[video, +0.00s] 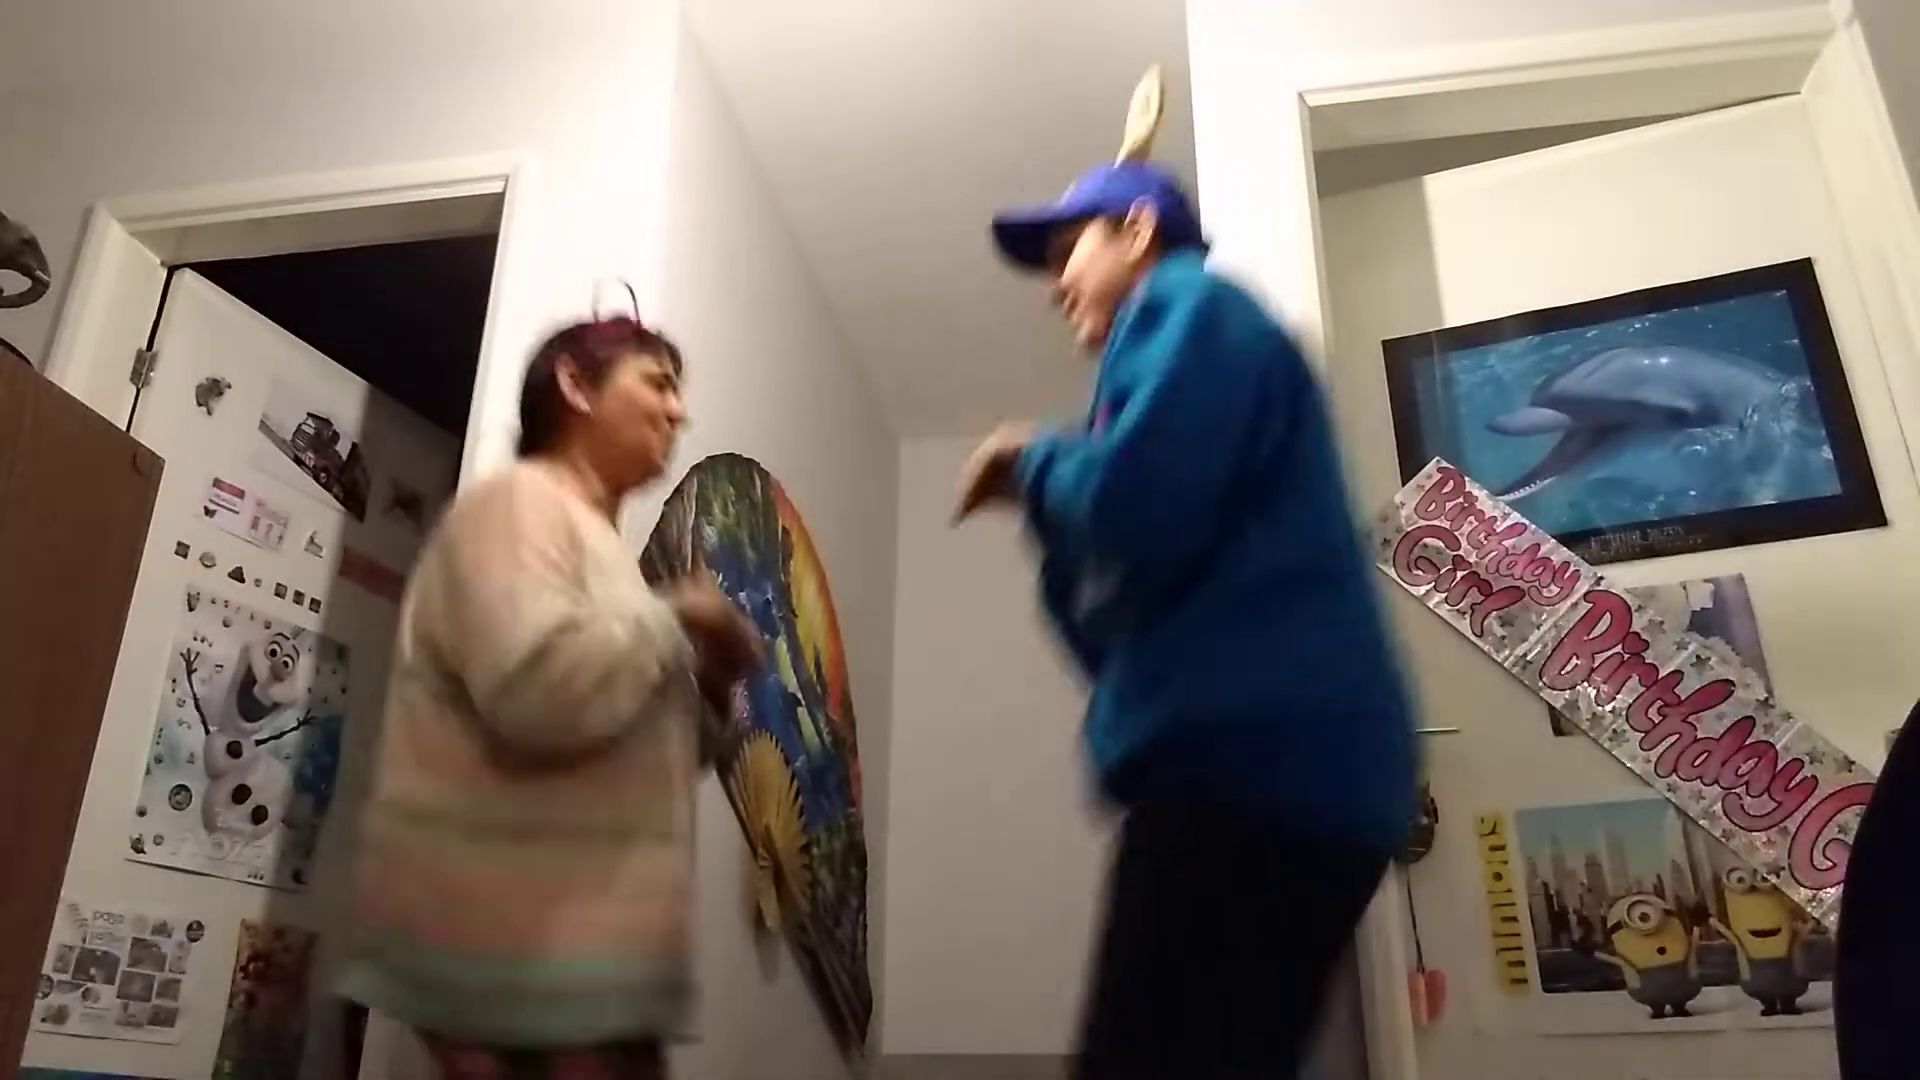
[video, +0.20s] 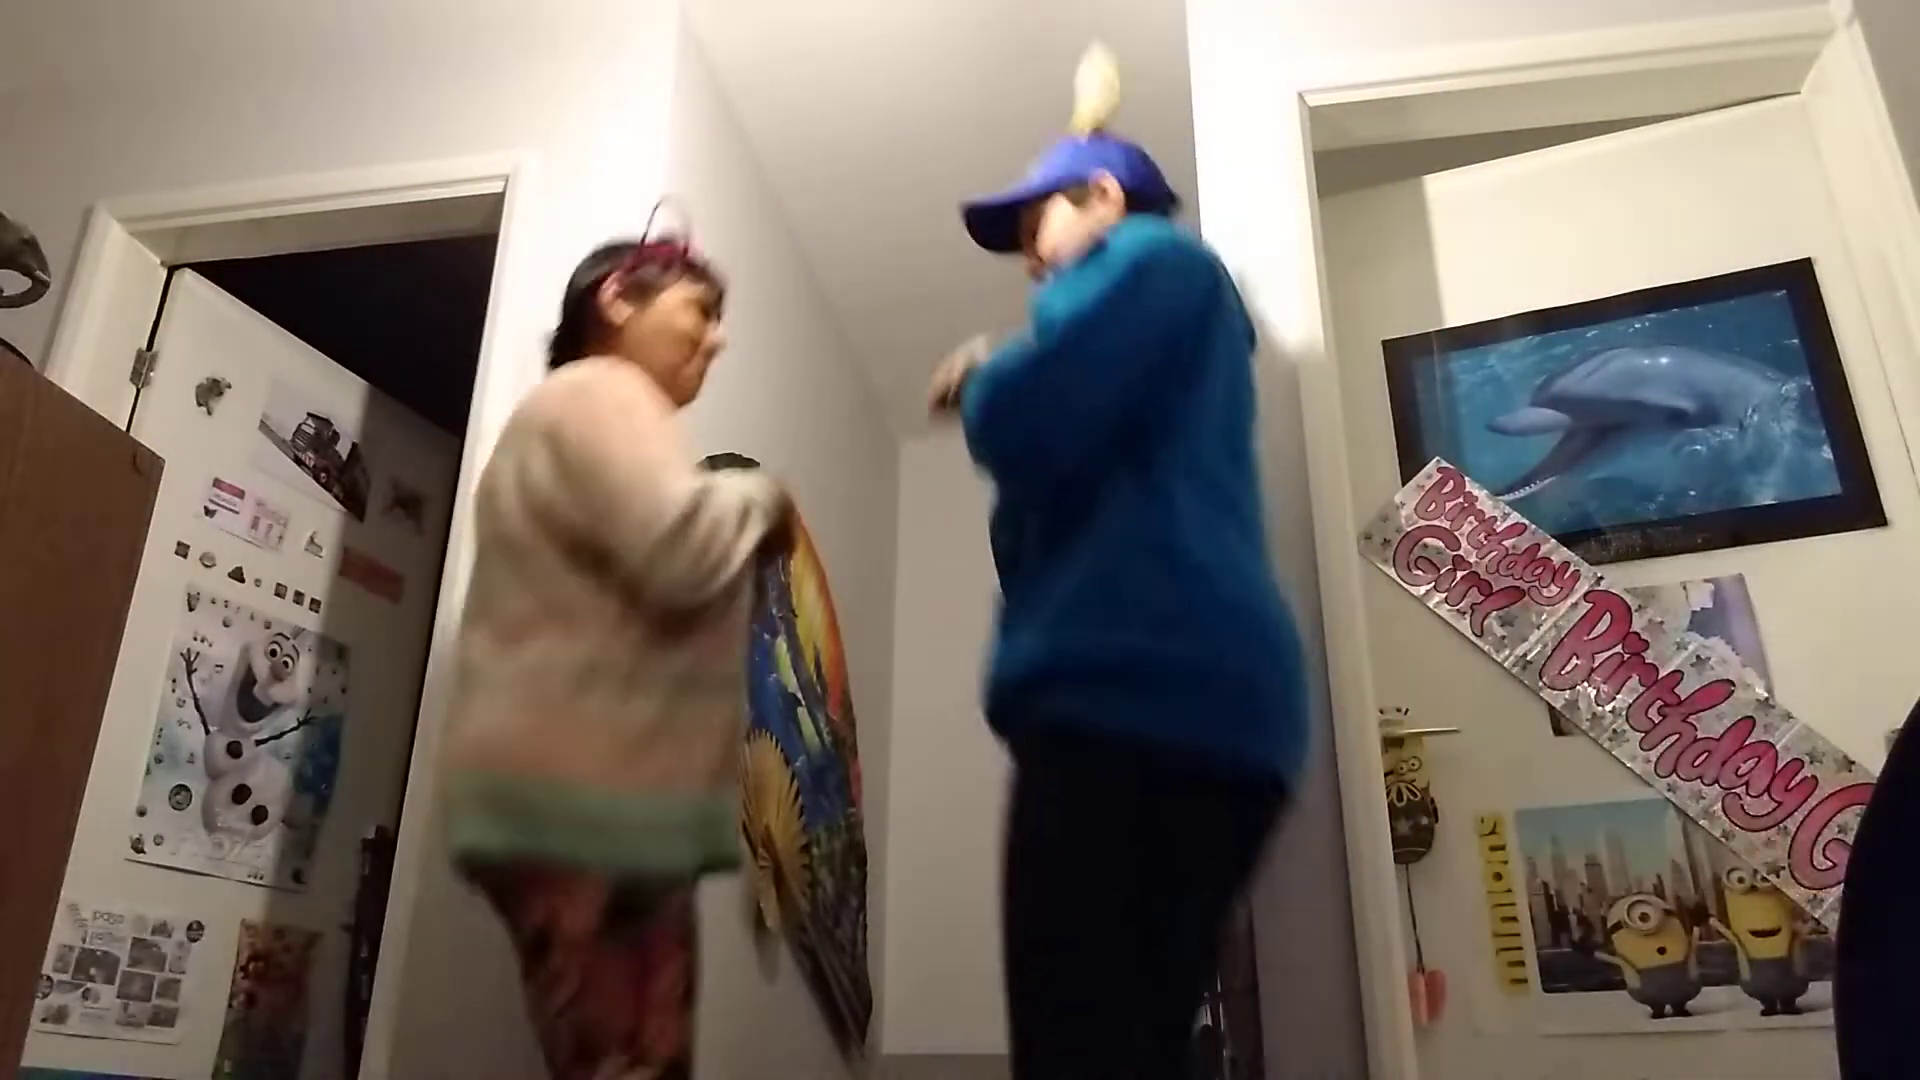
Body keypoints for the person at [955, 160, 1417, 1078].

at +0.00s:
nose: (1055, 282)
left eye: (1068, 249)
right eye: (1051, 263)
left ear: (1137, 229)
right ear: (1138, 241)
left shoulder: (1197, 307)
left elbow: (1137, 507)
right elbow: (1107, 640)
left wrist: (1033, 456)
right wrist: (1048, 498)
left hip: (1254, 769)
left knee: (1147, 1056)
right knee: (1205, 1058)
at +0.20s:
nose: (1030, 256)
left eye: (1039, 227)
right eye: (1025, 239)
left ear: (1102, 196)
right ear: (1105, 205)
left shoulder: (1155, 257)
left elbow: (1019, 427)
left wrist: (983, 369)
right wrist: (1007, 368)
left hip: (1142, 705)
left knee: (1082, 1025)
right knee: (1117, 1024)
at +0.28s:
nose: (1000, 240)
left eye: (1012, 212)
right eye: (997, 222)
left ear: (1072, 184)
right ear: (1086, 189)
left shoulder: (1123, 239)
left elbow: (1001, 402)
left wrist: (962, 348)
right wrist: (981, 354)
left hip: (1122, 691)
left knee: (1063, 1026)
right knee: (1105, 1025)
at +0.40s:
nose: (959, 288)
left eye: (969, 255)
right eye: (958, 265)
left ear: (1022, 229)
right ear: (1049, 234)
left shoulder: (1066, 301)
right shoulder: (1139, 314)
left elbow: (972, 493)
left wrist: (913, 428)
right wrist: (922, 441)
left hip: (1089, 755)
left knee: (1018, 1043)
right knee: (1130, 1044)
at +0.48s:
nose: (940, 320)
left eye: (950, 289)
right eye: (940, 297)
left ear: (1001, 272)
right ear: (1033, 277)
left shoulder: (1042, 346)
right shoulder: (1128, 389)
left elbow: (933, 561)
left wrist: (905, 486)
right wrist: (899, 484)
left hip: (1077, 792)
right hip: (1211, 804)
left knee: (984, 1054)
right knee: (1130, 1055)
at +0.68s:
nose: (944, 293)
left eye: (949, 274)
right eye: (945, 278)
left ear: (989, 258)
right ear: (1080, 264)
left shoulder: (953, 338)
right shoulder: (1172, 392)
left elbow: (872, 561)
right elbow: (1177, 556)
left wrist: (977, 608)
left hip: (997, 761)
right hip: (1187, 773)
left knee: (973, 1051)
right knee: (1150, 1054)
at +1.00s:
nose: (954, 326)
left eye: (955, 311)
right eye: (953, 314)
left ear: (981, 300)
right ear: (1084, 293)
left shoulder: (935, 377)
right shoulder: (1182, 402)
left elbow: (866, 543)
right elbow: (1213, 570)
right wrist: (1134, 654)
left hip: (918, 771)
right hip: (1133, 782)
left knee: (918, 1046)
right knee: (1097, 1052)